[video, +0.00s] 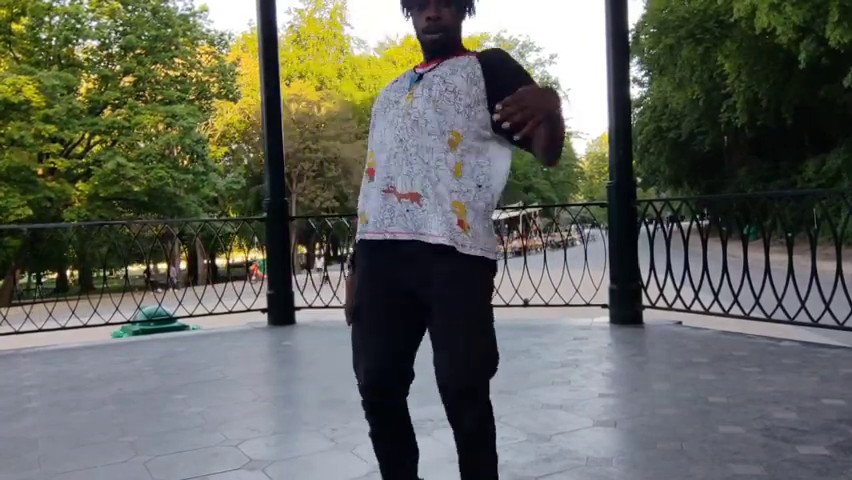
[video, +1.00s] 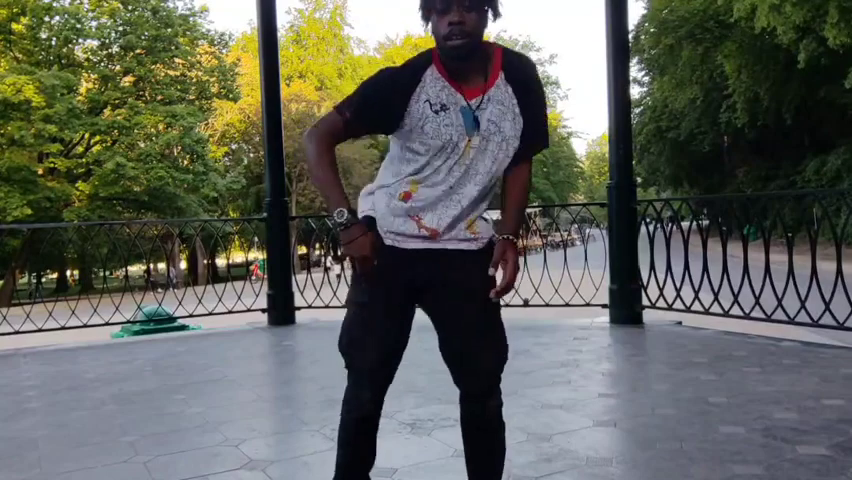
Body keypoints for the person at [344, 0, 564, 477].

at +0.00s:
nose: (431, 10)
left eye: (443, 1)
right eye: (420, 3)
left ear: (464, 8)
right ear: (408, 12)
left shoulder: (489, 64)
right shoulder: (390, 91)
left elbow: (547, 152)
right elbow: (373, 184)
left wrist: (551, 105)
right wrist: (357, 268)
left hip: (457, 257)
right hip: (382, 256)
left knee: (464, 394)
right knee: (378, 392)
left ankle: (481, 476)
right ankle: (399, 476)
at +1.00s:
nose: (454, 19)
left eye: (466, 8)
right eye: (442, 10)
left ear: (486, 14)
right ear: (428, 19)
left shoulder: (517, 75)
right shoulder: (404, 81)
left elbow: (519, 159)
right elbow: (317, 137)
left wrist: (509, 235)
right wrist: (345, 222)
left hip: (464, 258)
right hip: (388, 254)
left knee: (482, 392)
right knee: (364, 395)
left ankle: (487, 478)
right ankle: (350, 479)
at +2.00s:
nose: (403, 29)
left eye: (416, 18)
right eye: (391, 18)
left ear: (434, 24)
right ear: (376, 25)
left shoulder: (464, 90)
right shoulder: (360, 68)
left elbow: (472, 183)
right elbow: (332, 115)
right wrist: (321, 182)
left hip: (468, 252)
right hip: (391, 250)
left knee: (494, 368)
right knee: (364, 363)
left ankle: (513, 470)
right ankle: (421, 470)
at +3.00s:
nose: (350, 39)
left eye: (362, 29)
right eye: (340, 29)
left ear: (379, 30)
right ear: (326, 33)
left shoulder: (420, 60)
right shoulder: (327, 105)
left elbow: (498, 46)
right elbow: (317, 179)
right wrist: (261, 221)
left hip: (424, 233)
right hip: (354, 242)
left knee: (422, 330)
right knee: (347, 351)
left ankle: (346, 354)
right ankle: (393, 468)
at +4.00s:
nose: (418, 46)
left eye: (428, 38)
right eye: (408, 36)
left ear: (440, 44)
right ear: (393, 39)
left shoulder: (438, 106)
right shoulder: (361, 74)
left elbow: (445, 172)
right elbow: (336, 39)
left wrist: (465, 223)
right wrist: (402, 76)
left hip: (405, 224)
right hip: (344, 227)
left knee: (426, 319)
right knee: (360, 353)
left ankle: (346, 348)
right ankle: (370, 469)